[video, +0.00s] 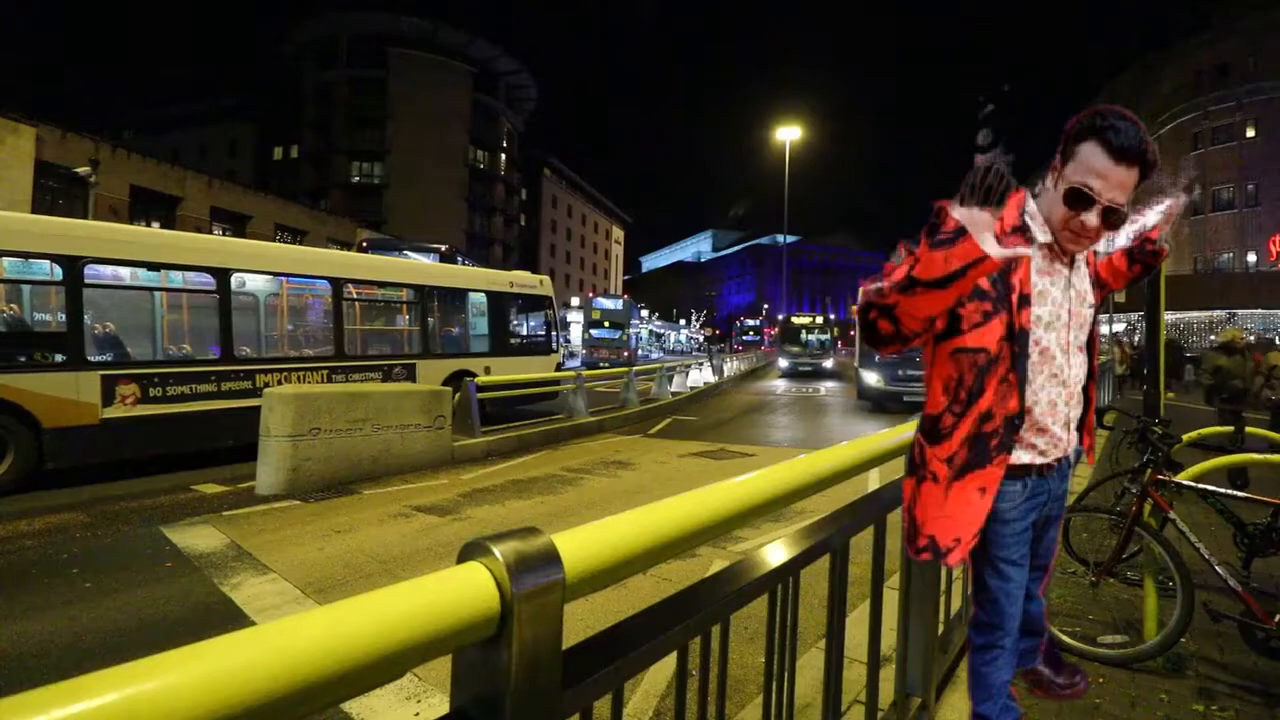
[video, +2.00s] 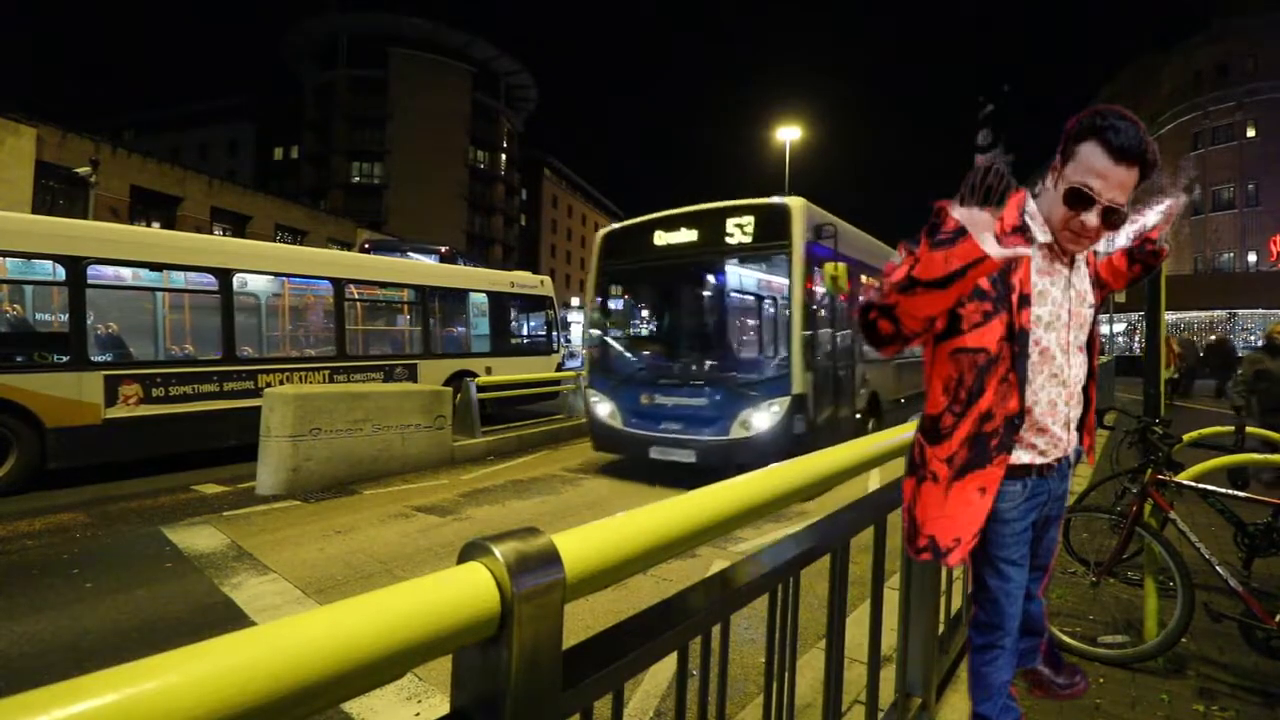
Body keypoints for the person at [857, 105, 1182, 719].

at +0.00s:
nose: (1089, 222)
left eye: (1110, 212)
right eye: (1080, 197)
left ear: (1123, 211)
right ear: (1052, 171)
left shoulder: (1084, 263)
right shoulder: (986, 243)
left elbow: (1114, 271)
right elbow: (882, 326)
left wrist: (1151, 239)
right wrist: (966, 246)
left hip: (1057, 466)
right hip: (1000, 473)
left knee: (1035, 580)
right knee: (1000, 611)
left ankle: (1028, 658)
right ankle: (993, 709)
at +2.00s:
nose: (1089, 222)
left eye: (1109, 212)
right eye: (1080, 198)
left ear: (1123, 211)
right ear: (1053, 171)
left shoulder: (1084, 264)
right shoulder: (984, 243)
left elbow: (1117, 269)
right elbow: (883, 327)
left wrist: (1152, 240)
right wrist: (961, 245)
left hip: (1057, 467)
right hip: (1000, 475)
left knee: (1035, 581)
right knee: (1000, 611)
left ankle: (1028, 659)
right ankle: (994, 709)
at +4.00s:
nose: (1089, 222)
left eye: (1110, 212)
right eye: (1080, 197)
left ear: (1124, 210)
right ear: (1052, 171)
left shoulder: (1085, 263)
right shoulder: (985, 243)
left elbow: (1117, 270)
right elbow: (880, 327)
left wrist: (1150, 242)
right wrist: (963, 246)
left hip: (1057, 467)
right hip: (1000, 474)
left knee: (1035, 581)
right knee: (1000, 611)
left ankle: (1028, 659)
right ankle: (994, 709)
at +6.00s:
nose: (1089, 222)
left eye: (1110, 211)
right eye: (1079, 198)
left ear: (1123, 211)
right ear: (1052, 172)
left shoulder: (1085, 264)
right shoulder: (985, 242)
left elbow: (1114, 271)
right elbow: (883, 328)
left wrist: (1152, 241)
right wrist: (962, 246)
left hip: (1057, 467)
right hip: (1000, 475)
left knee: (1034, 582)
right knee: (1000, 611)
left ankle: (1027, 660)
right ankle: (993, 709)